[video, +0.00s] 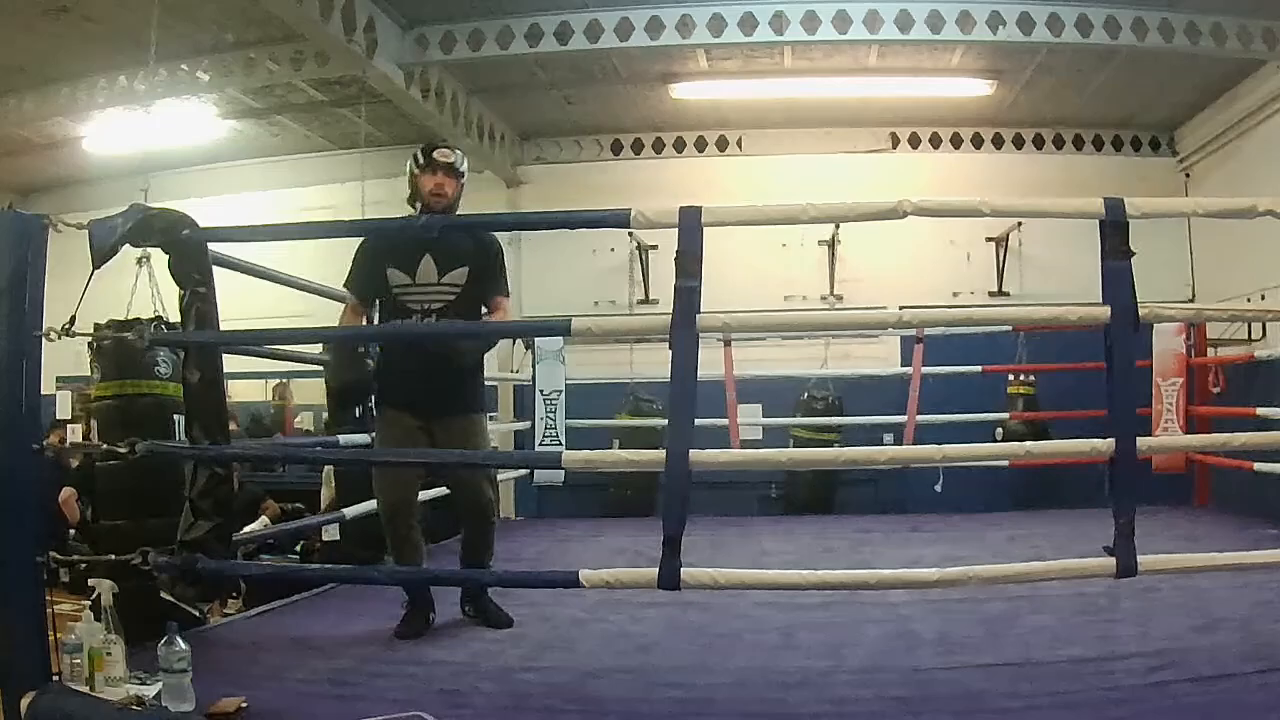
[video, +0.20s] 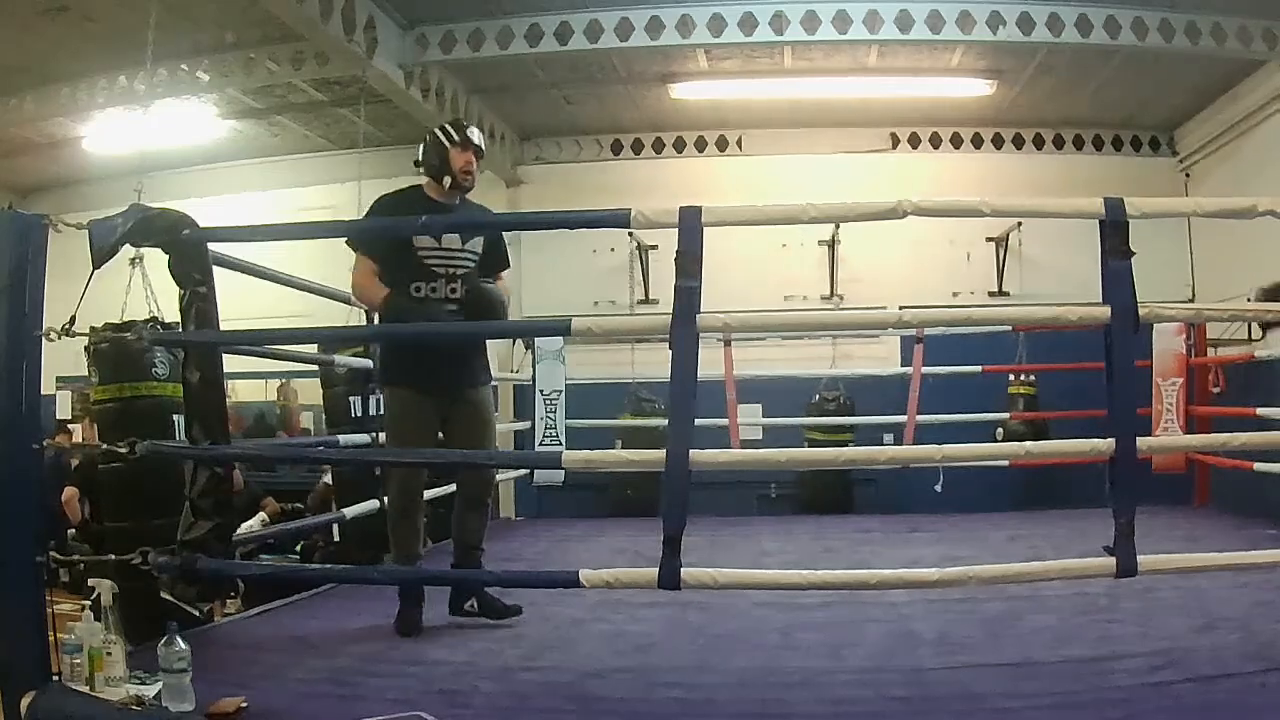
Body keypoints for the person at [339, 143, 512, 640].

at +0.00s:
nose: (439, 181)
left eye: (448, 174)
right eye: (430, 171)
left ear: (460, 185)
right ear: (413, 180)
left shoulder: (481, 244)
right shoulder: (380, 242)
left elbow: (501, 314)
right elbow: (353, 313)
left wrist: (472, 342)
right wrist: (348, 362)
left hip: (461, 400)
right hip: (398, 399)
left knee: (480, 502)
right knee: (396, 505)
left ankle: (475, 594)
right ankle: (418, 602)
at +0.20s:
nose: (472, 161)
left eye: (476, 155)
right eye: (464, 150)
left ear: (477, 164)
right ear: (436, 151)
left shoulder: (482, 220)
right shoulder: (391, 207)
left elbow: (501, 297)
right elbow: (361, 282)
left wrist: (490, 302)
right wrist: (407, 308)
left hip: (469, 371)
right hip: (409, 371)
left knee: (478, 477)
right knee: (406, 484)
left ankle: (468, 587)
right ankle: (409, 594)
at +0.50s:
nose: (499, 176)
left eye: (499, 169)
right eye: (491, 166)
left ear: (485, 177)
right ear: (464, 167)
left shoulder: (483, 235)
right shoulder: (432, 224)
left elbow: (477, 303)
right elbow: (408, 298)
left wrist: (513, 305)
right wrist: (475, 312)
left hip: (487, 384)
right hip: (444, 385)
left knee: (490, 489)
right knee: (444, 489)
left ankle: (469, 600)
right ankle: (409, 599)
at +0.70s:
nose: (527, 199)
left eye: (530, 190)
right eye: (525, 189)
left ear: (498, 181)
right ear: (507, 182)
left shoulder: (499, 233)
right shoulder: (457, 224)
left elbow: (517, 309)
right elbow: (482, 293)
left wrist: (553, 274)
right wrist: (532, 260)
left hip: (498, 381)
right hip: (467, 380)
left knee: (495, 483)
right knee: (494, 480)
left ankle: (470, 596)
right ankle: (455, 595)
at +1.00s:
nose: (579, 193)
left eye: (580, 183)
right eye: (576, 183)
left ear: (545, 181)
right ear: (554, 181)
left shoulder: (551, 234)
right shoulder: (504, 227)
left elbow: (574, 304)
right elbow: (538, 299)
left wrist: (616, 266)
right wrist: (593, 262)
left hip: (557, 387)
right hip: (523, 388)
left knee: (549, 496)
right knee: (541, 497)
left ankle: (482, 582)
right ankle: (538, 619)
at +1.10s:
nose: (600, 183)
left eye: (600, 173)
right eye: (595, 173)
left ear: (561, 176)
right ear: (570, 176)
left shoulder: (570, 228)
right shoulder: (527, 223)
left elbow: (570, 295)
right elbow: (539, 302)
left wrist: (616, 284)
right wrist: (605, 289)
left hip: (581, 383)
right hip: (542, 385)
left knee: (617, 483)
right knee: (551, 499)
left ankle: (530, 560)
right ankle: (539, 620)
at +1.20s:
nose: (625, 180)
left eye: (624, 170)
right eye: (620, 171)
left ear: (591, 173)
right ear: (597, 172)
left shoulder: (599, 225)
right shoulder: (550, 220)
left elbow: (608, 300)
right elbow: (563, 299)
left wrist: (648, 278)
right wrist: (631, 280)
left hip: (607, 382)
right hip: (562, 386)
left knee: (666, 462)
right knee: (560, 498)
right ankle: (538, 617)